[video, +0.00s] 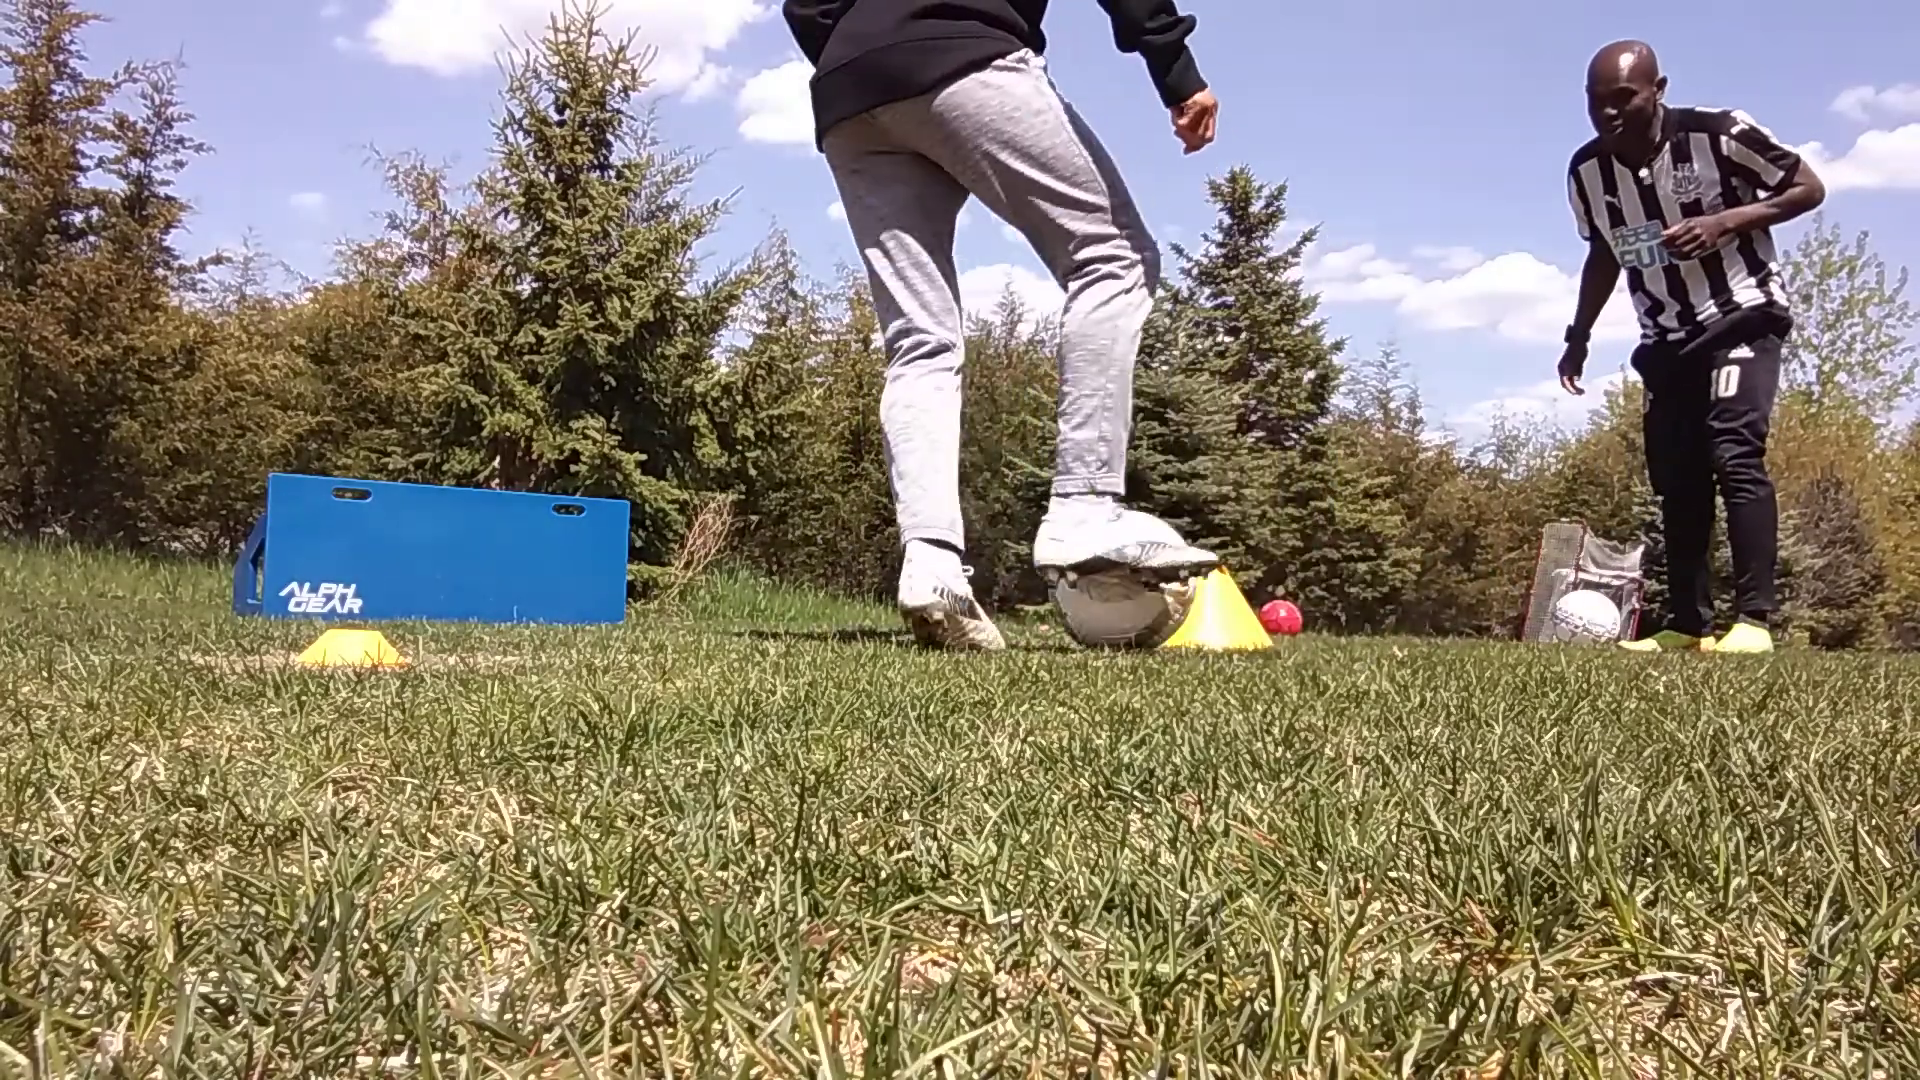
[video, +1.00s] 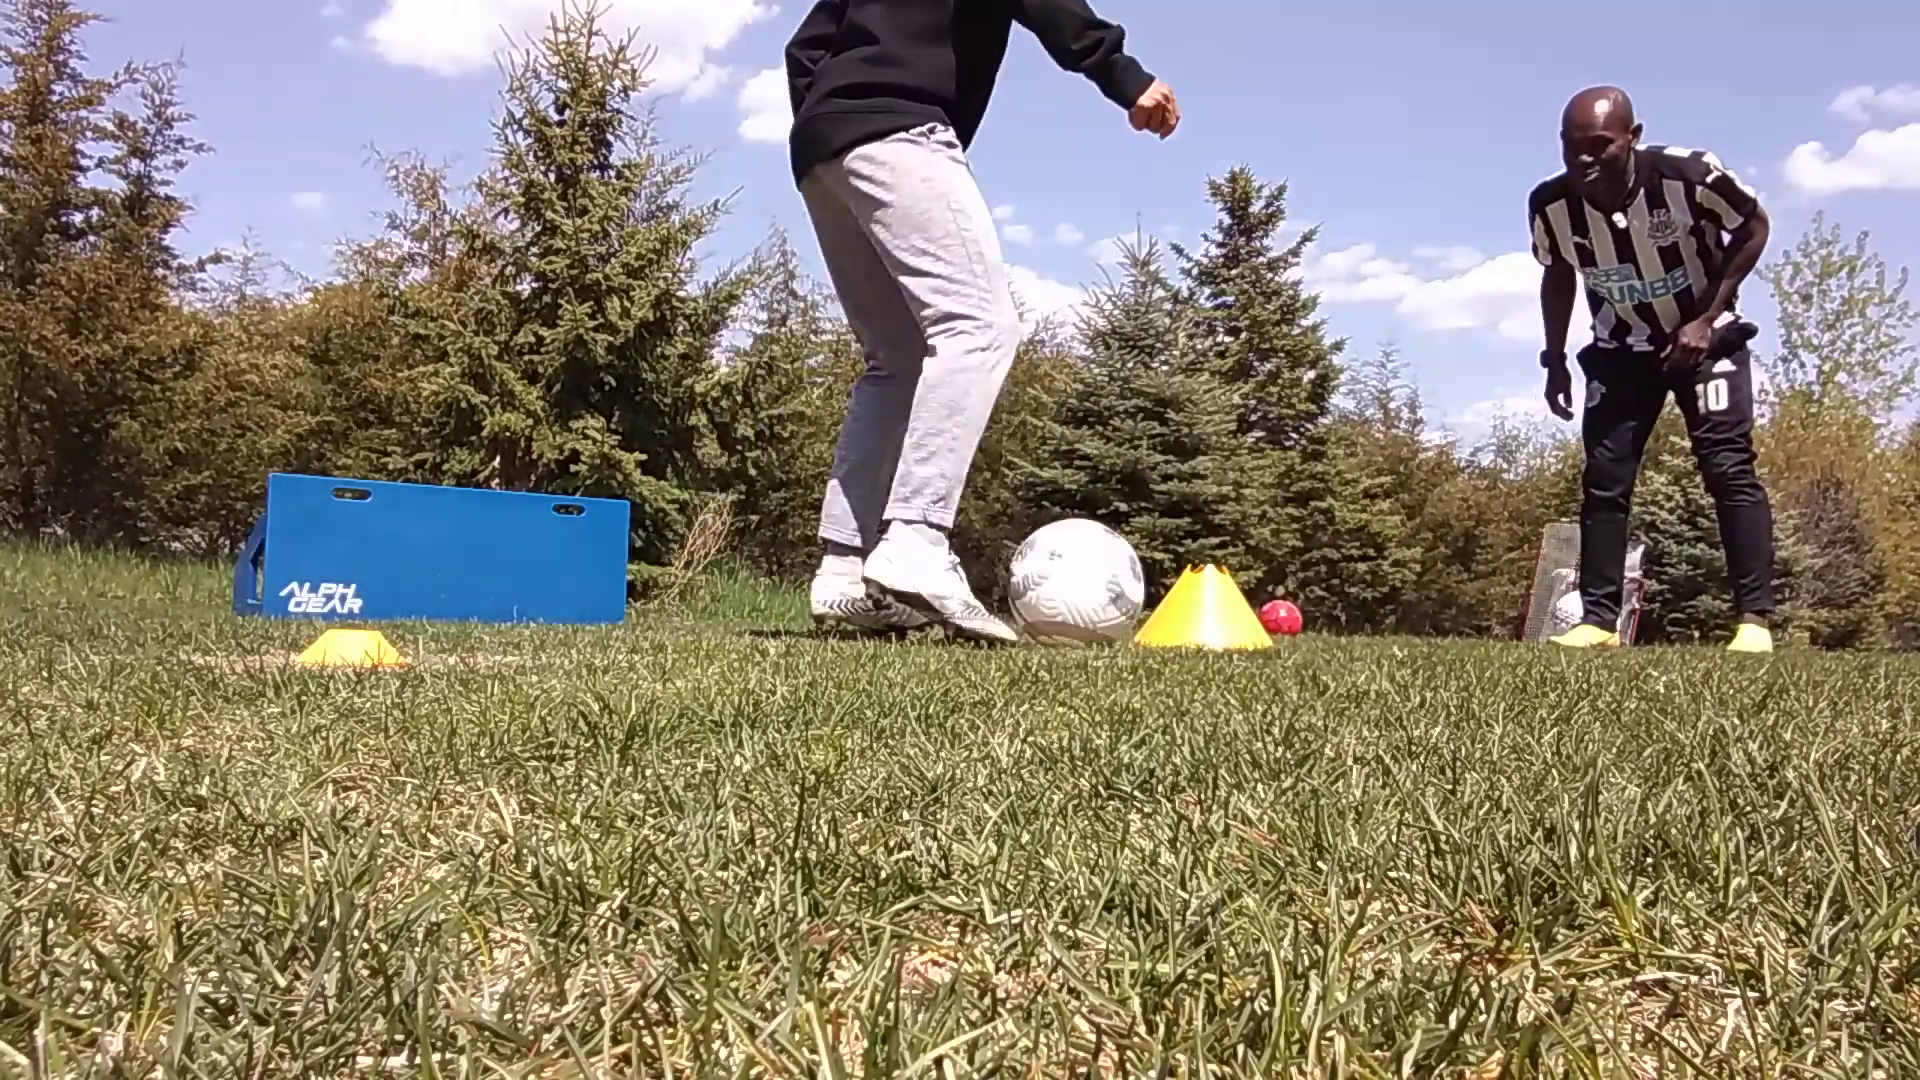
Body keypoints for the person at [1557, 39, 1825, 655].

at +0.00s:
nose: (1607, 114)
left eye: (1621, 100)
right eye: (1597, 103)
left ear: (1657, 92)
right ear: (1587, 102)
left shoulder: (1721, 133)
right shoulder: (1588, 171)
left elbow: (1808, 188)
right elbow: (1604, 253)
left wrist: (1725, 220)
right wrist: (1580, 333)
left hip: (1742, 319)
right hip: (1667, 338)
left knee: (1735, 457)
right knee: (1677, 479)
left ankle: (1754, 622)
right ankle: (1689, 625)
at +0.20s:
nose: (1593, 121)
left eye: (1608, 108)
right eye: (1586, 108)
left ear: (1650, 100)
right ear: (1579, 105)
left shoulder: (1715, 139)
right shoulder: (1588, 174)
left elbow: (1809, 192)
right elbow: (1614, 253)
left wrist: (1721, 230)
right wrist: (1591, 333)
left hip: (1746, 321)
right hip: (1667, 335)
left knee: (1735, 453)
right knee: (1618, 461)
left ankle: (1755, 623)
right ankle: (1666, 608)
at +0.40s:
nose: (1569, 127)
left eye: (1583, 114)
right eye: (1563, 114)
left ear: (1627, 105)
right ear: (1557, 111)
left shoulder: (1697, 144)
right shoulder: (1565, 178)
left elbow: (1783, 197)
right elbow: (1587, 256)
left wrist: (1714, 267)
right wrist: (1583, 335)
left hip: (1723, 324)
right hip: (1644, 336)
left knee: (1723, 453)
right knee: (1608, 476)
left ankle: (1754, 622)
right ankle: (1595, 619)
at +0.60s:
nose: (1552, 153)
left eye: (1566, 139)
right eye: (1545, 139)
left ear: (1607, 130)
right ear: (1538, 137)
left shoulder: (1674, 166)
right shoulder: (1536, 204)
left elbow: (1744, 212)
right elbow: (1549, 275)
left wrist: (1701, 303)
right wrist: (1549, 354)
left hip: (1702, 337)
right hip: (1619, 351)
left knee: (1725, 463)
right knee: (1598, 475)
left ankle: (1755, 617)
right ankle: (1599, 621)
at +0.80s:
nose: (1563, 159)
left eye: (1577, 145)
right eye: (1554, 147)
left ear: (1614, 139)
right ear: (1545, 145)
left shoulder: (1677, 176)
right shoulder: (1538, 209)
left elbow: (1743, 224)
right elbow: (1547, 276)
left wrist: (1700, 315)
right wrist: (1541, 359)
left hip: (1699, 339)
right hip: (1617, 352)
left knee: (1725, 471)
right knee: (1598, 480)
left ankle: (1754, 619)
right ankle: (1598, 621)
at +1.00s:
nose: (1581, 159)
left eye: (1596, 145)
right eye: (1571, 146)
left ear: (1632, 140)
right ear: (1561, 144)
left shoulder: (1692, 177)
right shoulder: (1550, 206)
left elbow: (1754, 225)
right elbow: (1559, 272)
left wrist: (1708, 316)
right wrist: (1554, 357)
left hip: (1706, 340)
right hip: (1623, 351)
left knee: (1728, 471)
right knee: (1603, 480)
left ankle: (1754, 620)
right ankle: (1599, 622)